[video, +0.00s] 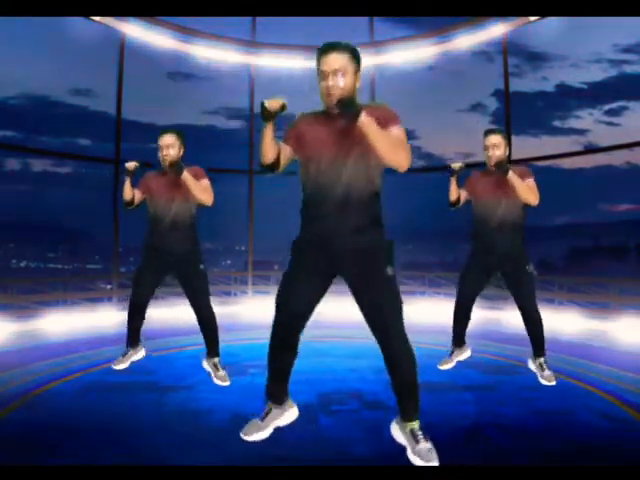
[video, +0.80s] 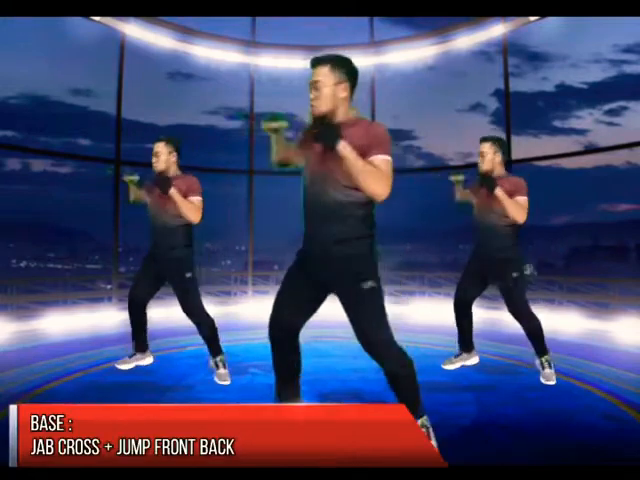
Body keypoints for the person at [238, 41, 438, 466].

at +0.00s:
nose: (333, 81)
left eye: (341, 73)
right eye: (326, 74)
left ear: (357, 76)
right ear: (318, 80)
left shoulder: (378, 117)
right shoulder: (305, 127)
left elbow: (400, 161)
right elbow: (272, 164)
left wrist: (361, 120)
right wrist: (269, 122)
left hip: (365, 246)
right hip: (314, 246)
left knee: (392, 336)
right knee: (285, 324)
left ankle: (409, 423)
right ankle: (278, 405)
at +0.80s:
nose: (312, 94)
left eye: (319, 87)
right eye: (311, 87)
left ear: (344, 90)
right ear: (317, 91)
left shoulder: (371, 132)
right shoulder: (314, 134)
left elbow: (381, 189)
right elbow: (286, 157)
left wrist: (340, 146)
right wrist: (277, 139)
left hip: (354, 261)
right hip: (313, 258)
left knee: (378, 343)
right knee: (282, 327)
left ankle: (419, 421)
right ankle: (288, 410)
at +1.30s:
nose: (317, 102)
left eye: (323, 94)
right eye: (316, 95)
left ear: (350, 94)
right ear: (332, 97)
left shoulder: (383, 128)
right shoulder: (329, 143)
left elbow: (389, 180)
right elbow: (310, 191)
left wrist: (343, 138)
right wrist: (296, 152)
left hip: (377, 259)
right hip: (337, 257)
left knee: (391, 348)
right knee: (301, 332)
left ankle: (425, 430)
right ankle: (289, 416)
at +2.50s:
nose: (325, 103)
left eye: (331, 95)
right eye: (323, 96)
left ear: (359, 96)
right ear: (328, 100)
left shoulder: (391, 133)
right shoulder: (330, 146)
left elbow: (401, 183)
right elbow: (311, 195)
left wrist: (354, 146)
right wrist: (290, 166)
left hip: (386, 266)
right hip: (335, 266)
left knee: (405, 355)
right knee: (293, 335)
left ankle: (426, 434)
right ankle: (283, 421)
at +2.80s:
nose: (313, 99)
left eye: (320, 91)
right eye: (312, 92)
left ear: (345, 92)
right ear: (317, 95)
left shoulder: (373, 134)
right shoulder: (314, 132)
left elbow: (377, 192)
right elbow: (274, 153)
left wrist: (339, 146)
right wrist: (260, 135)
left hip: (359, 262)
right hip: (317, 260)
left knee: (386, 348)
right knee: (279, 331)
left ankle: (425, 429)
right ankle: (282, 416)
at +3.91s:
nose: (296, 87)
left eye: (302, 78)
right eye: (294, 79)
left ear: (329, 78)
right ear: (301, 85)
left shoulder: (365, 116)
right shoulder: (303, 131)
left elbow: (377, 163)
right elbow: (279, 175)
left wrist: (333, 119)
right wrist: (270, 138)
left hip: (359, 249)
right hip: (309, 248)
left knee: (391, 339)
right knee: (267, 325)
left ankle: (411, 420)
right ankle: (254, 395)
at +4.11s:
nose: (276, 102)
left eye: (283, 94)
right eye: (276, 95)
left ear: (310, 96)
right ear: (296, 98)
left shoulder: (348, 140)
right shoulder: (281, 146)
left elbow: (364, 195)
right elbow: (252, 187)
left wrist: (322, 153)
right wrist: (243, 151)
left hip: (335, 267)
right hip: (284, 266)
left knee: (381, 345)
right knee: (258, 337)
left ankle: (377, 421)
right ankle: (251, 406)